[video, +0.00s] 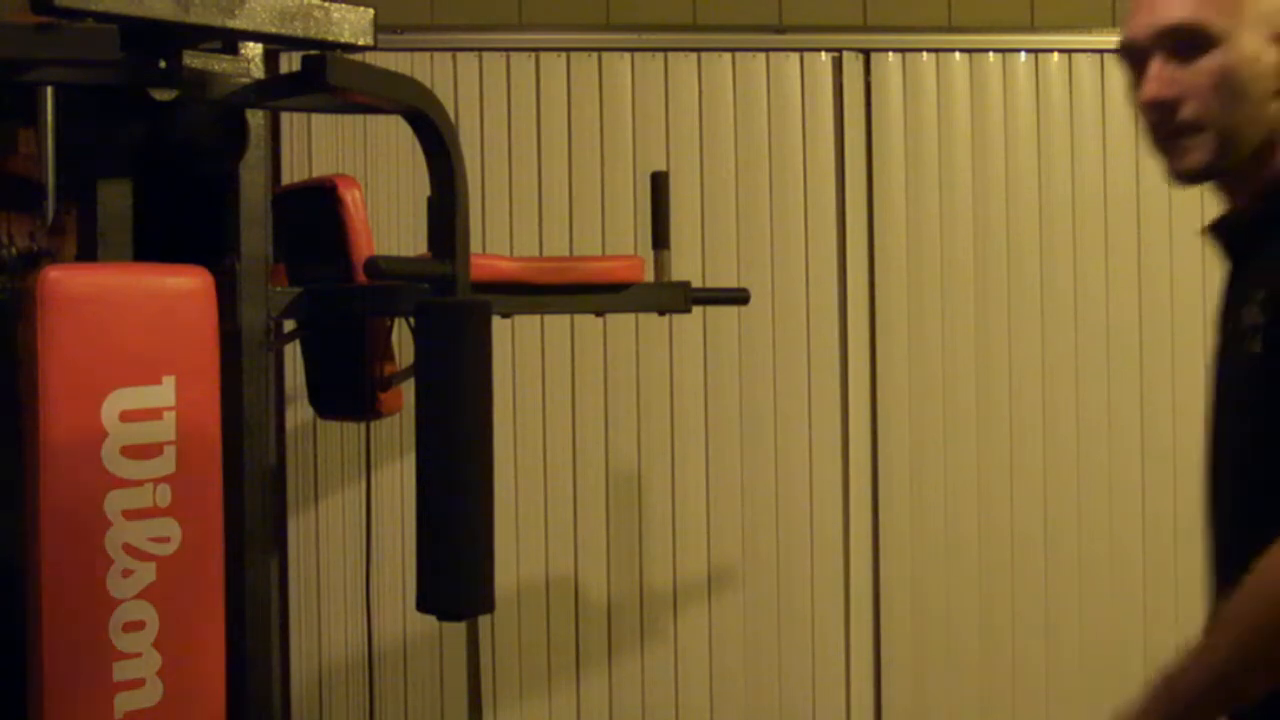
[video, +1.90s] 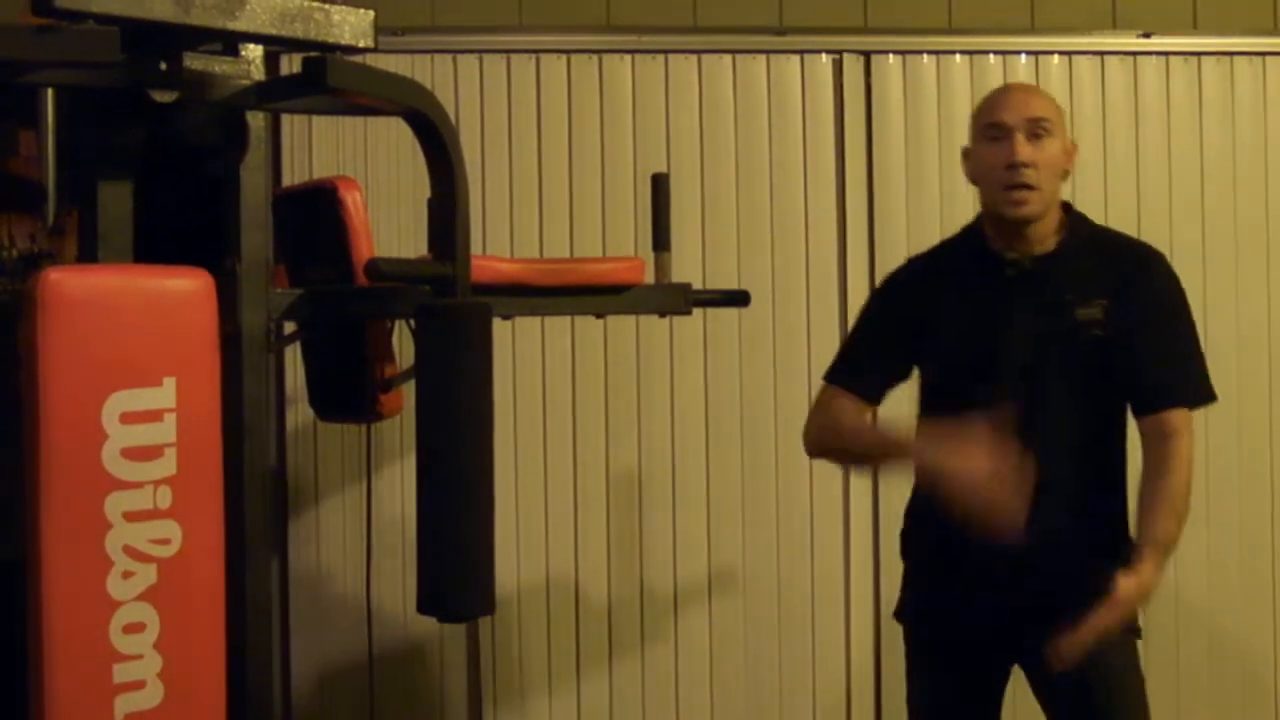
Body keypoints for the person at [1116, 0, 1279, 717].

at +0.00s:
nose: (1153, 90)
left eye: (1190, 48)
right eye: (1137, 61)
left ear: (1277, 43)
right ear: (1127, 71)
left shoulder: (1270, 255)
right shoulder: (1253, 255)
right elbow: (1256, 530)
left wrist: (1162, 708)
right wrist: (1203, 699)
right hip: (1258, 696)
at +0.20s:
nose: (1100, 105)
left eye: (1130, 67)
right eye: (1079, 82)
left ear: (1214, 72)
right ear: (1067, 100)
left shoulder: (1271, 207)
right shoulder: (1152, 271)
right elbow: (1183, 485)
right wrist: (1118, 654)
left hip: (1278, 662)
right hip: (1204, 675)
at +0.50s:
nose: (1123, 99)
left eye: (1148, 68)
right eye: (1099, 81)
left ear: (1208, 83)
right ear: (1083, 107)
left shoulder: (1275, 217)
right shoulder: (1083, 285)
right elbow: (1079, 474)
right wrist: (1037, 653)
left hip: (1277, 643)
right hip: (1157, 659)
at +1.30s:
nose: (1166, 141)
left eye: (1188, 120)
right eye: (1146, 121)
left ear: (1222, 142)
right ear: (1116, 141)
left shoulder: (1264, 269)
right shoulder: (1049, 272)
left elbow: (1275, 431)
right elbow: (1010, 436)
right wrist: (996, 601)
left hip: (1219, 591)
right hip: (1078, 590)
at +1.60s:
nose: (1084, 144)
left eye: (1106, 125)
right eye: (1063, 127)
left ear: (1139, 146)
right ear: (1038, 149)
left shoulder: (1192, 272)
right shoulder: (978, 275)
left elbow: (1223, 446)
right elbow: (937, 432)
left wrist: (1194, 614)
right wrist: (935, 591)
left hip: (1138, 588)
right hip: (1006, 588)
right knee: (983, 716)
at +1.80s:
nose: (1036, 159)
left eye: (1056, 141)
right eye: (1014, 143)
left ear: (1088, 164)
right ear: (988, 169)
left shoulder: (1147, 283)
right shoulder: (941, 288)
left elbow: (1171, 451)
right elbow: (845, 437)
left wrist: (1163, 608)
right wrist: (912, 563)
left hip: (1091, 591)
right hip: (957, 594)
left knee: (1122, 711)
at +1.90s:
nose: (1018, 152)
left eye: (1038, 134)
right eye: (996, 135)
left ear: (1068, 157)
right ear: (969, 162)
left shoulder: (1132, 276)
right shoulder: (923, 284)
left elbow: (1168, 437)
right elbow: (824, 427)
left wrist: (1145, 567)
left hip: (1082, 597)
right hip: (951, 596)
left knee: (1116, 716)